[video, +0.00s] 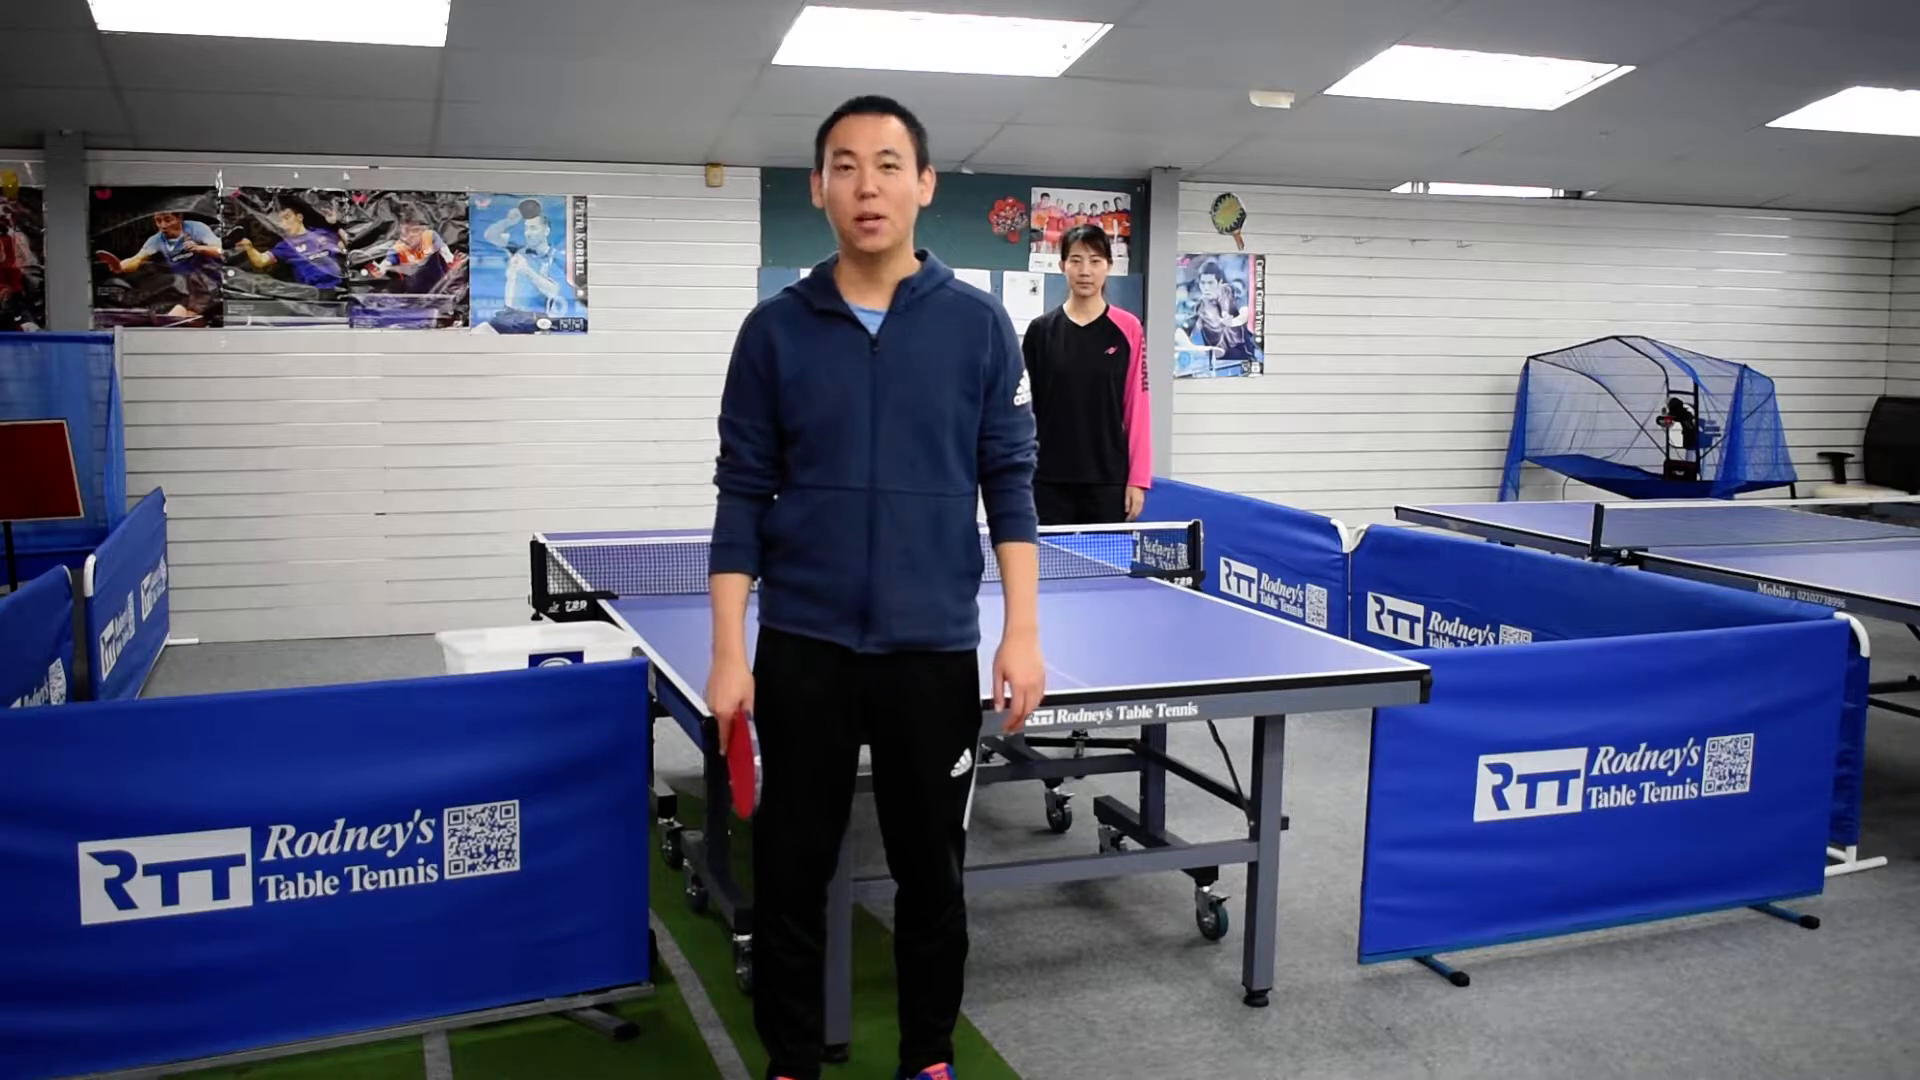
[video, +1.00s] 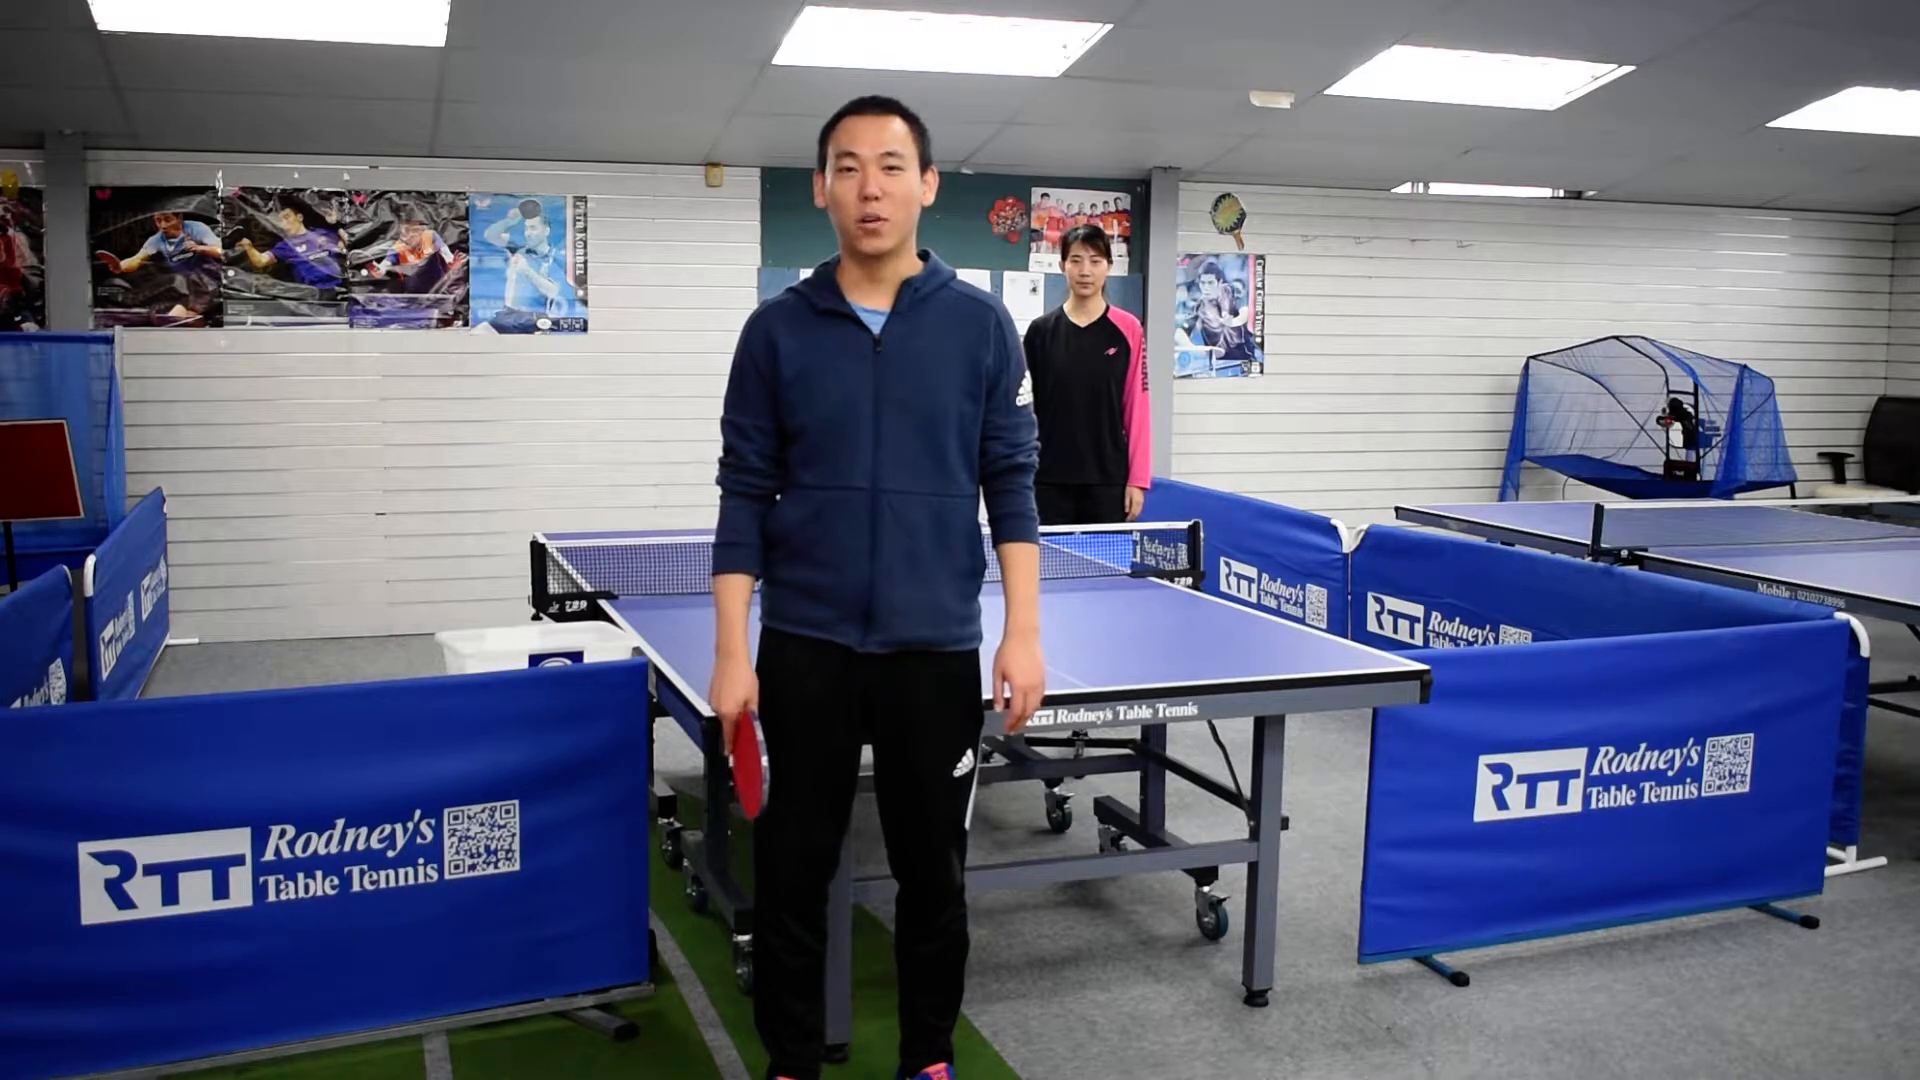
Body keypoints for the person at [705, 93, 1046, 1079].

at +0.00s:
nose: (866, 186)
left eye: (888, 166)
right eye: (845, 167)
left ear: (923, 188)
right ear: (820, 191)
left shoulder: (978, 325)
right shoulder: (775, 329)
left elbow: (1011, 482)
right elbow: (740, 490)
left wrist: (1022, 631)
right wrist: (728, 651)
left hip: (932, 644)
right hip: (804, 642)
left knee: (931, 871)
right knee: (789, 873)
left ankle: (929, 1060)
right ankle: (790, 1061)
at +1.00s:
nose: (868, 186)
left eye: (891, 167)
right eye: (848, 168)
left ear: (926, 189)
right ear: (823, 192)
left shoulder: (979, 326)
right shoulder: (777, 329)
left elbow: (1013, 482)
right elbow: (742, 490)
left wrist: (1023, 632)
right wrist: (731, 652)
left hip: (934, 645)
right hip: (806, 643)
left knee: (932, 871)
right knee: (791, 873)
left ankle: (930, 1059)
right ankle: (791, 1061)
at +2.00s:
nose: (870, 188)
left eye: (893, 168)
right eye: (849, 169)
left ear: (927, 189)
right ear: (824, 191)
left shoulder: (979, 325)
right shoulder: (777, 329)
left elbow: (1012, 482)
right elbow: (742, 490)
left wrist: (1023, 631)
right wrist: (730, 650)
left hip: (934, 644)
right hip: (806, 643)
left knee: (932, 874)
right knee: (791, 875)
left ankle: (930, 1060)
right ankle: (791, 1062)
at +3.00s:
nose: (859, 201)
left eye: (879, 178)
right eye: (838, 181)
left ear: (917, 188)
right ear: (811, 197)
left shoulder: (976, 324)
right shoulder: (776, 329)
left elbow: (1011, 479)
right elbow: (729, 474)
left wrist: (1023, 628)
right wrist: (673, 481)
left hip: (935, 639)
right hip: (806, 636)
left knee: (932, 869)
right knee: (792, 867)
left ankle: (929, 1058)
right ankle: (791, 1062)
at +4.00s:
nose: (878, 185)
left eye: (901, 166)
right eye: (857, 168)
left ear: (936, 189)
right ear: (833, 194)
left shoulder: (990, 326)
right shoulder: (788, 327)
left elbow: (1021, 482)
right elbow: (749, 484)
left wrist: (1031, 633)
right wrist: (750, 639)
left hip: (940, 646)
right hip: (809, 644)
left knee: (935, 874)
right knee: (796, 878)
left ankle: (929, 1059)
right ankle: (792, 1063)